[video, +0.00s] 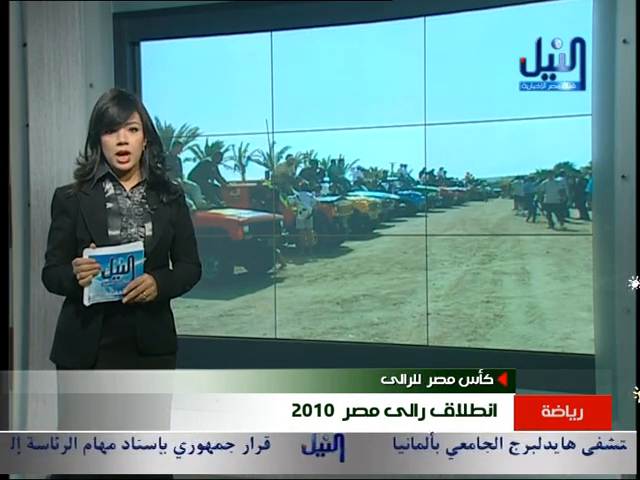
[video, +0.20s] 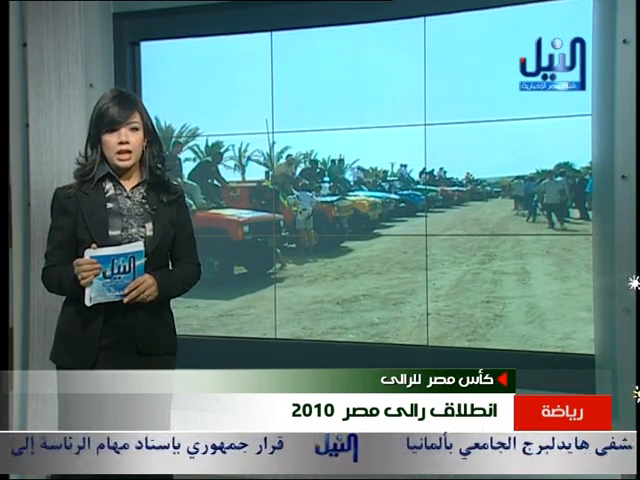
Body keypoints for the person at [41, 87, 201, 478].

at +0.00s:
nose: (123, 140)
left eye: (132, 129)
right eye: (112, 130)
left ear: (146, 137)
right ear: (98, 139)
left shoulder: (169, 197)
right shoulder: (71, 198)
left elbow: (190, 268)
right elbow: (52, 273)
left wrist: (160, 282)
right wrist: (74, 275)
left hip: (150, 349)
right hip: (85, 350)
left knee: (150, 452)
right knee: (83, 452)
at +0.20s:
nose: (124, 139)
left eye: (133, 128)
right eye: (112, 130)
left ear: (147, 136)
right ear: (98, 139)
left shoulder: (170, 197)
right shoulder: (71, 199)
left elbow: (189, 267)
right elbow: (51, 274)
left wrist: (161, 282)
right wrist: (75, 276)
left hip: (151, 349)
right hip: (85, 350)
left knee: (151, 453)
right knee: (83, 453)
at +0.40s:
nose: (125, 138)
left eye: (134, 128)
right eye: (114, 129)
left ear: (147, 136)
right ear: (99, 139)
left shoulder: (170, 197)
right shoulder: (71, 199)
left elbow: (189, 267)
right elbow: (52, 274)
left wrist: (161, 282)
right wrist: (76, 275)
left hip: (151, 349)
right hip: (86, 350)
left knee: (150, 452)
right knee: (84, 452)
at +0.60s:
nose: (128, 136)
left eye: (137, 128)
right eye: (117, 127)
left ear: (149, 137)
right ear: (101, 137)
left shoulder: (170, 197)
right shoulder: (71, 198)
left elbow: (189, 267)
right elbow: (52, 274)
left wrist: (161, 282)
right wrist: (76, 276)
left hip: (151, 349)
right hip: (86, 349)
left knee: (151, 452)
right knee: (85, 452)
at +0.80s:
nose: (130, 135)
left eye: (139, 127)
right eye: (120, 126)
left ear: (150, 137)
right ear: (102, 136)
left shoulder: (170, 197)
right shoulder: (72, 198)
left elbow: (189, 267)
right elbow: (52, 274)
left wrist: (162, 282)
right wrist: (76, 276)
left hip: (151, 349)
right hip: (86, 350)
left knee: (151, 452)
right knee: (84, 452)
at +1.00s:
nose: (130, 133)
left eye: (139, 125)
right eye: (120, 124)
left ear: (151, 135)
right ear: (102, 135)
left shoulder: (170, 197)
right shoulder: (71, 197)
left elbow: (189, 267)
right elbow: (52, 273)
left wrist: (161, 282)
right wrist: (76, 275)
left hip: (151, 349)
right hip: (86, 349)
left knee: (151, 451)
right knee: (83, 452)